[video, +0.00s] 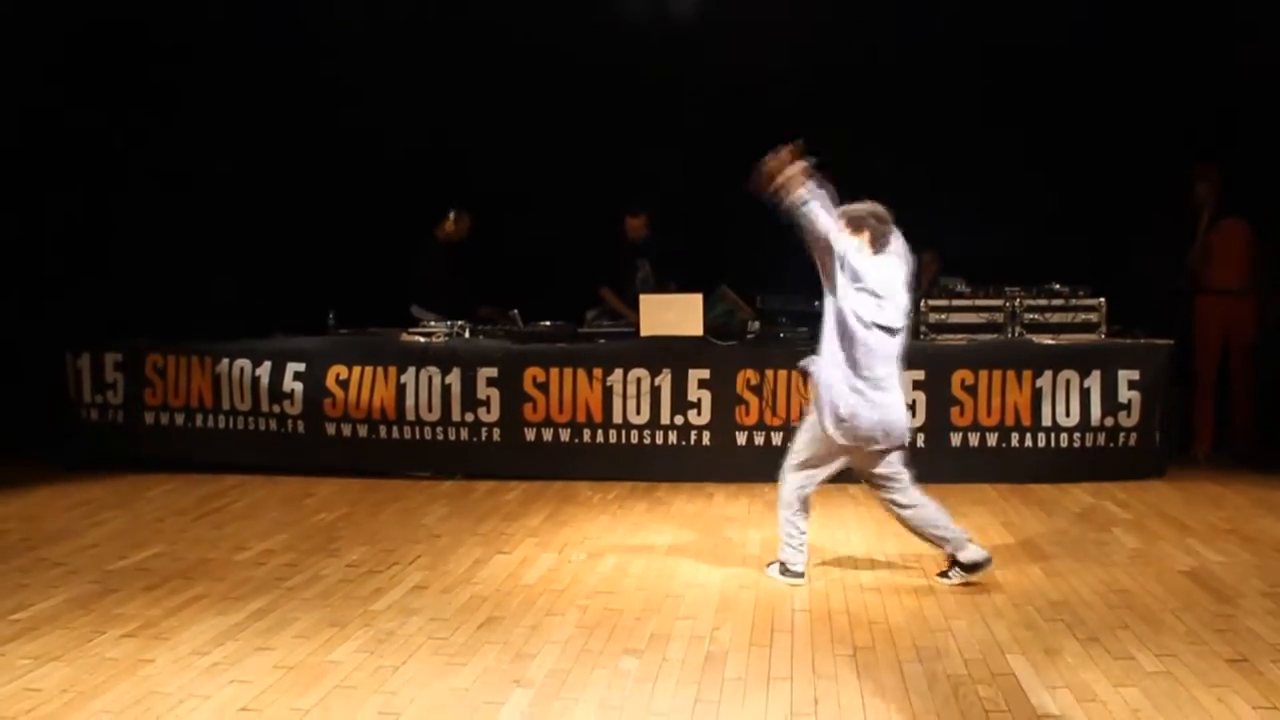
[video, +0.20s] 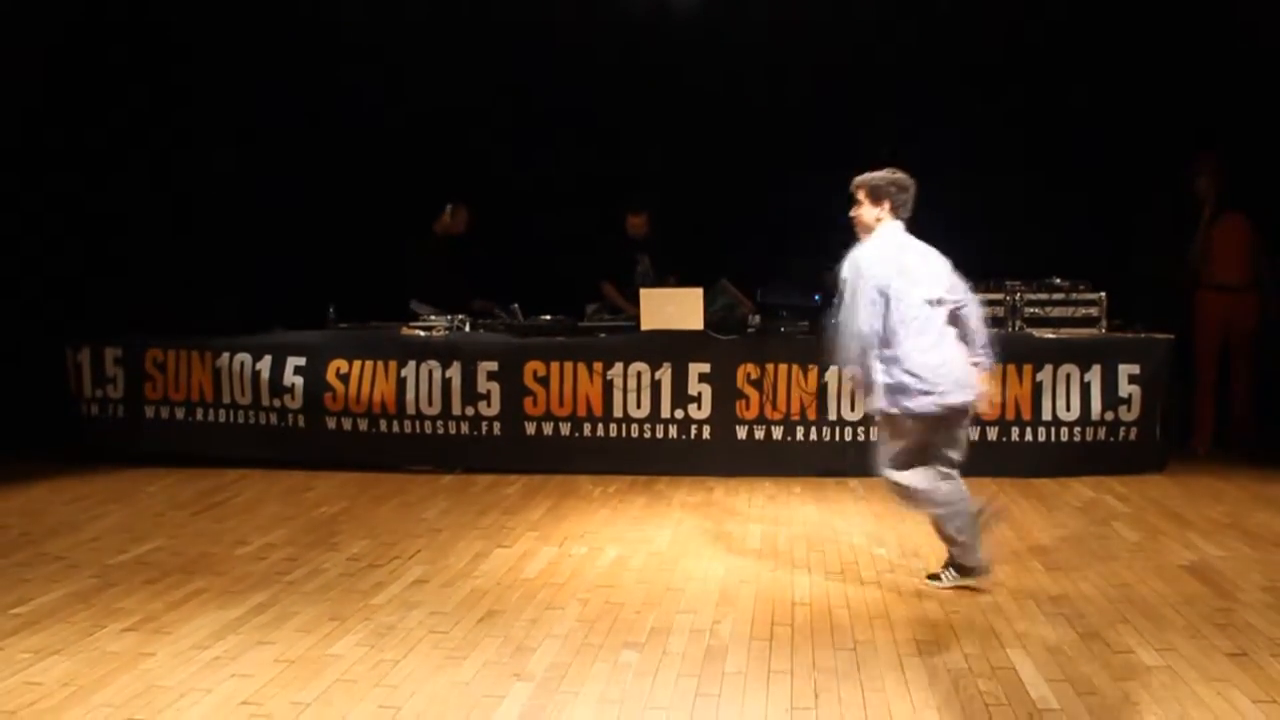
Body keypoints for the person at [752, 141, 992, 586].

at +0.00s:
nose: (837, 243)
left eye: (843, 234)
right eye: (838, 234)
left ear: (863, 236)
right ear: (878, 239)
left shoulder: (850, 266)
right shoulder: (897, 275)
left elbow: (821, 224)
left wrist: (794, 184)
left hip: (842, 406)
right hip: (885, 409)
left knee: (795, 476)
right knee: (901, 493)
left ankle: (792, 561)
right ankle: (966, 551)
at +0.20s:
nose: (852, 213)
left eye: (858, 204)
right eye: (853, 204)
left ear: (883, 207)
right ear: (895, 209)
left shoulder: (864, 258)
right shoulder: (929, 255)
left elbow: (860, 328)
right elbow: (968, 308)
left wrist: (857, 376)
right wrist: (981, 365)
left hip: (912, 384)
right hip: (959, 380)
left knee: (894, 464)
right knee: (943, 468)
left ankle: (968, 510)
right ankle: (966, 561)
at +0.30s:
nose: (866, 217)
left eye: (872, 208)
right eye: (868, 208)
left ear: (898, 211)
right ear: (906, 212)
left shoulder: (878, 262)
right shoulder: (953, 255)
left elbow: (877, 333)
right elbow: (1000, 275)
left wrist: (909, 348)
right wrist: (1014, 330)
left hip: (929, 379)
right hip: (967, 375)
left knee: (953, 489)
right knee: (951, 482)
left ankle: (1056, 454)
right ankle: (971, 567)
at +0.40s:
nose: (871, 199)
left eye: (877, 190)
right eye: (872, 190)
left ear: (902, 192)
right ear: (915, 193)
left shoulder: (889, 240)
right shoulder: (961, 233)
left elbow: (887, 314)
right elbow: (1010, 263)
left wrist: (916, 335)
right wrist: (1005, 325)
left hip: (951, 353)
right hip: (991, 348)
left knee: (981, 468)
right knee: (971, 463)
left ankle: (1092, 486)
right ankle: (966, 558)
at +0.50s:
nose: (880, 197)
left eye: (886, 187)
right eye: (881, 187)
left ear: (913, 192)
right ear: (923, 194)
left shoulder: (908, 240)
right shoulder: (951, 233)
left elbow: (905, 322)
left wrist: (893, 343)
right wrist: (947, 376)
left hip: (988, 365)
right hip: (1009, 357)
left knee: (996, 473)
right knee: (991, 469)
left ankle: (1065, 580)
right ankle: (1017, 562)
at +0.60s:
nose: (899, 216)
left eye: (906, 206)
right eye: (900, 206)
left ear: (937, 209)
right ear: (940, 212)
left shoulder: (942, 254)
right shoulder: (954, 250)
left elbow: (885, 315)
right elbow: (911, 324)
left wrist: (843, 360)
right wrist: (883, 374)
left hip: (1012, 401)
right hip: (993, 399)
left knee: (1013, 507)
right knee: (985, 494)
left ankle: (1072, 613)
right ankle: (1029, 576)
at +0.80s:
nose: (915, 215)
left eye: (918, 200)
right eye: (909, 205)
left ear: (945, 191)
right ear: (953, 191)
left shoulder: (970, 240)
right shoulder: (948, 245)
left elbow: (1018, 328)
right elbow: (959, 323)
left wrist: (1032, 330)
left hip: (999, 399)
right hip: (952, 401)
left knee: (996, 506)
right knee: (934, 503)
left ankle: (1063, 586)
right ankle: (944, 624)